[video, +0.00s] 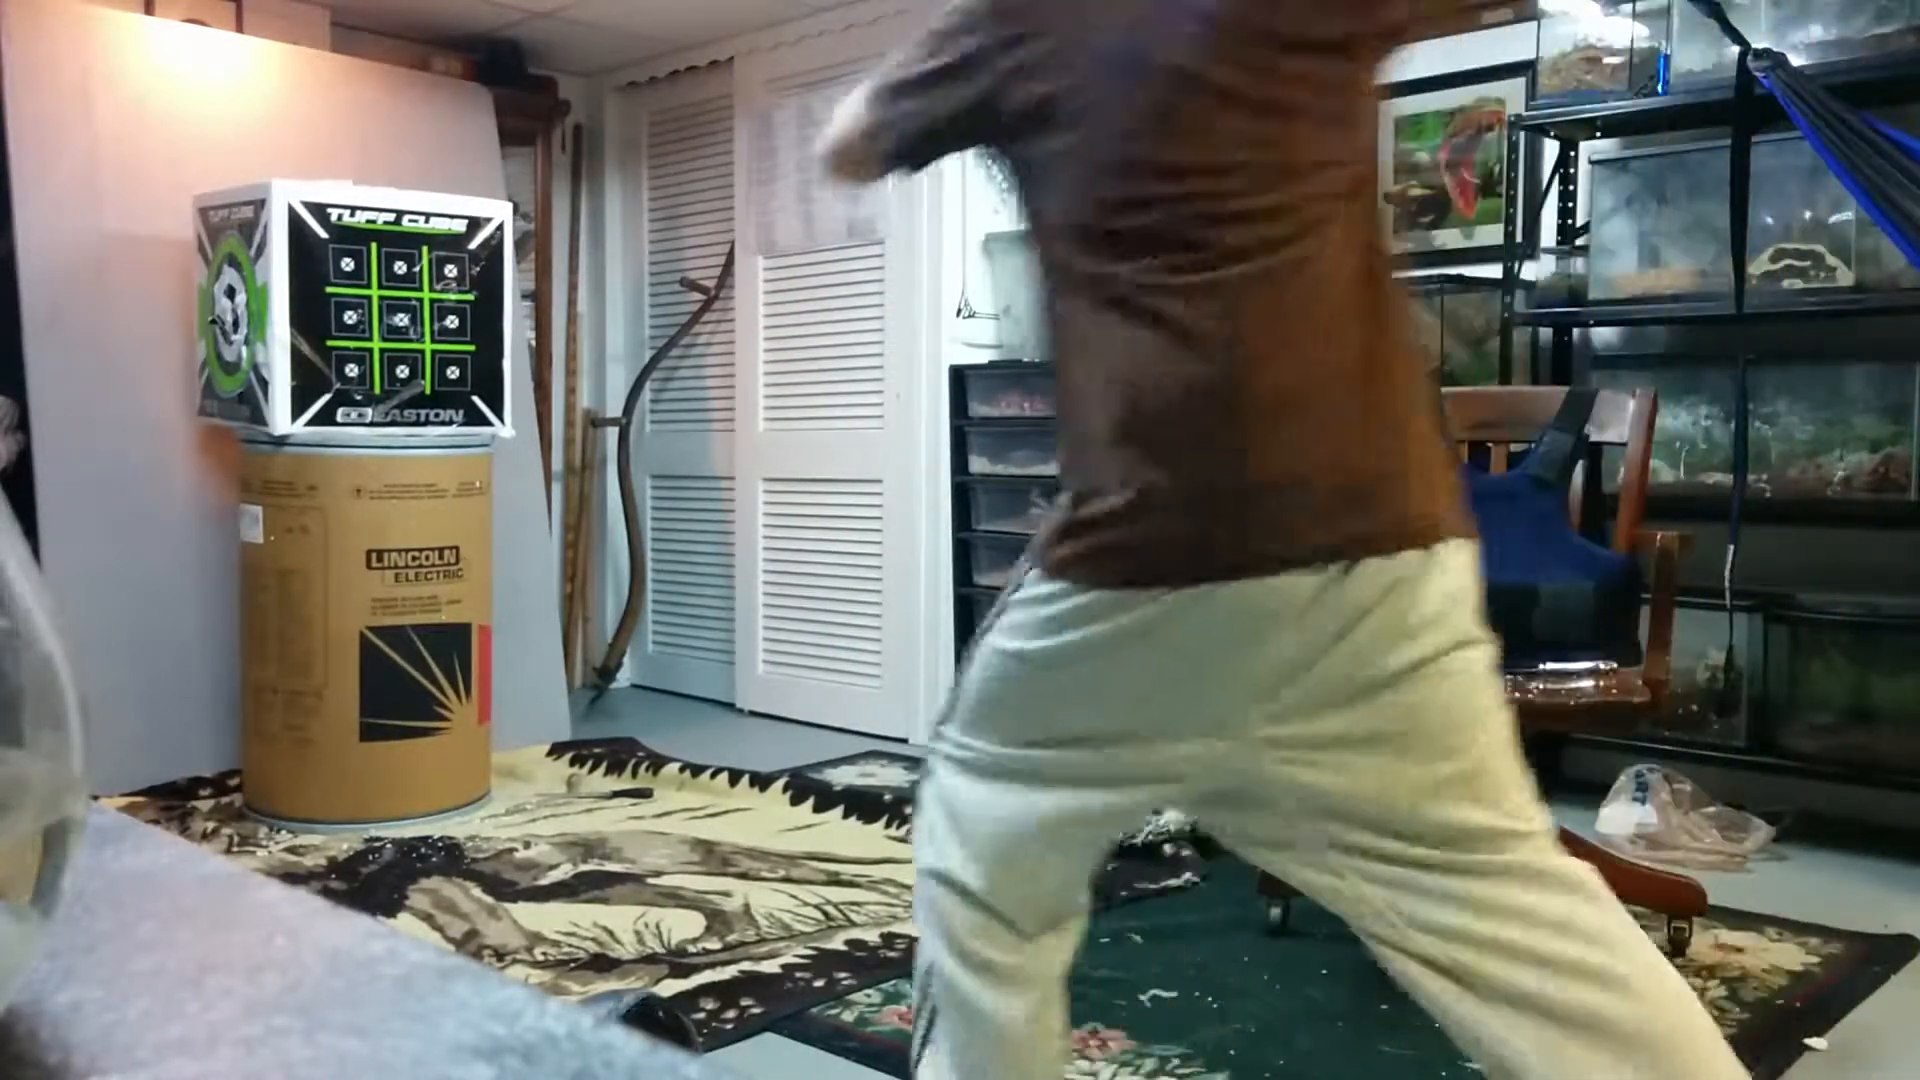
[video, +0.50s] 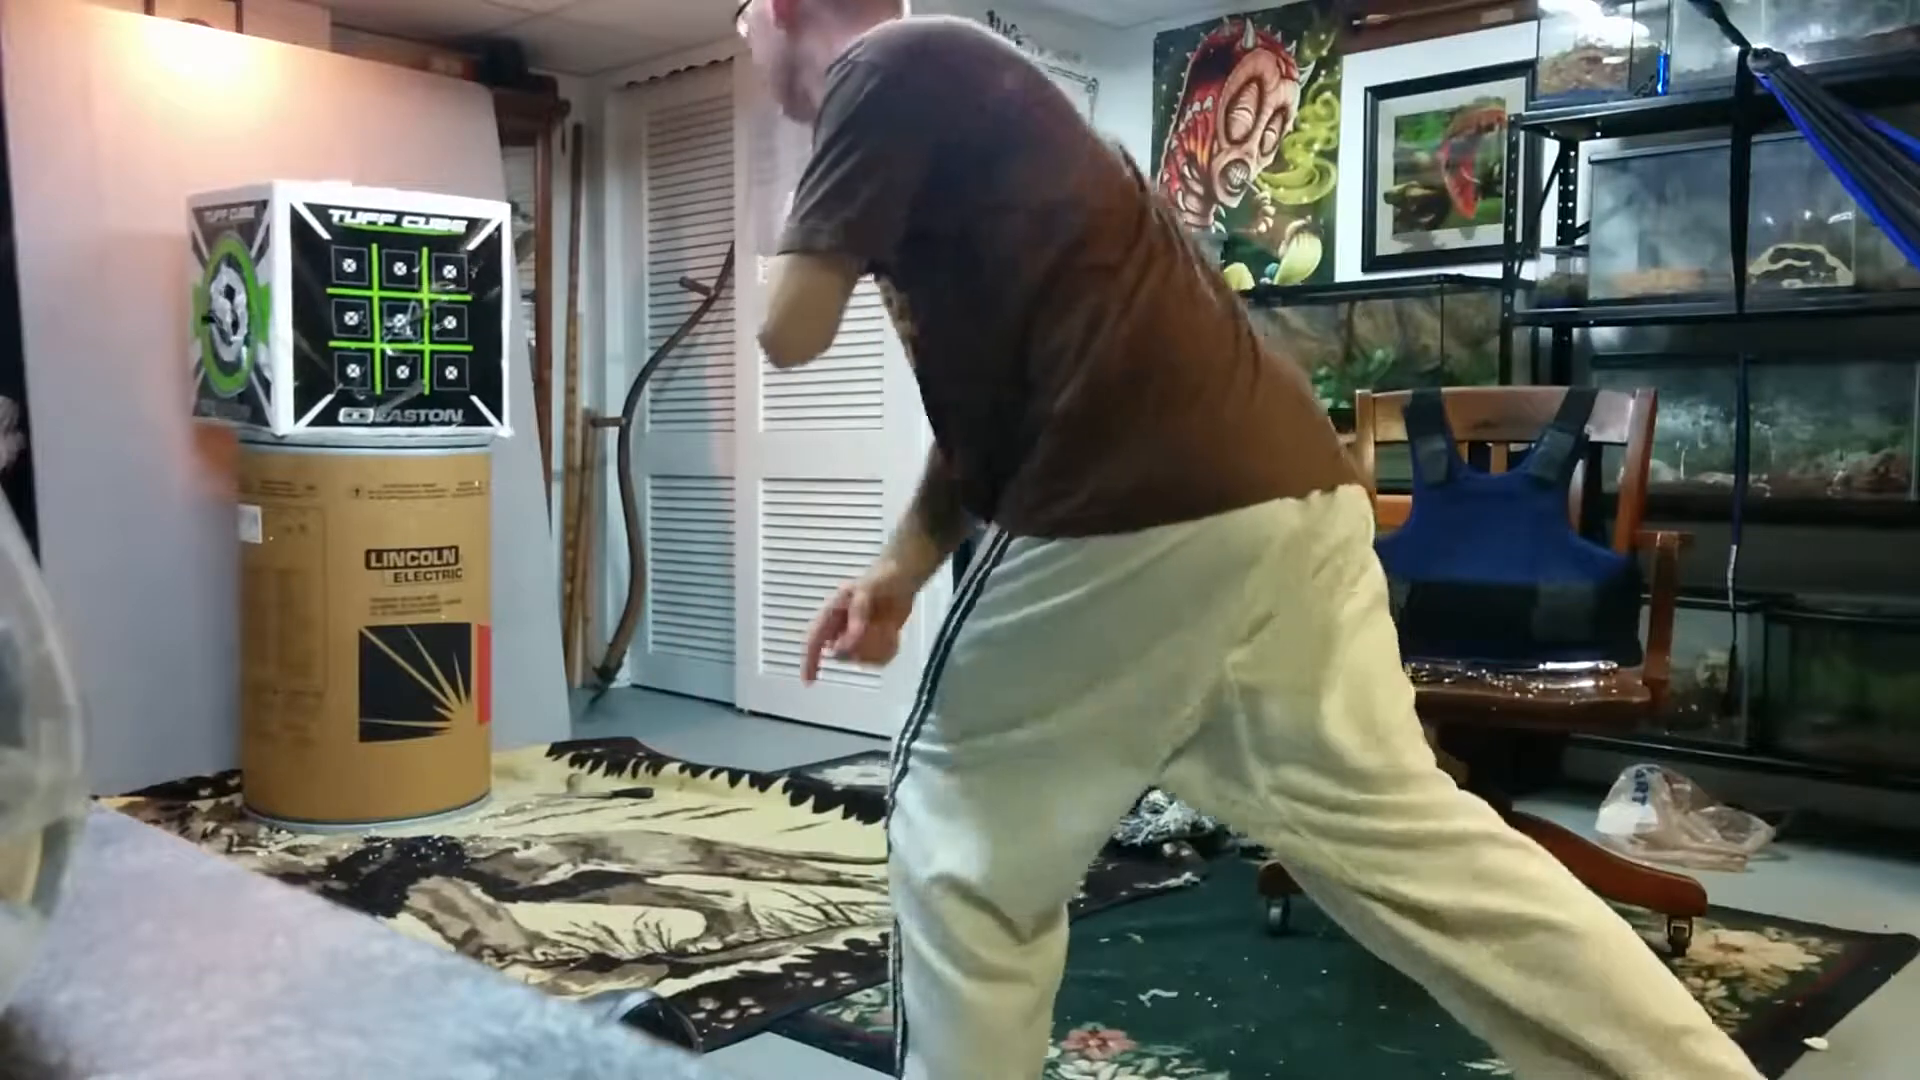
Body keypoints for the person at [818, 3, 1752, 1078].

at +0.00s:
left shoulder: (1019, 22)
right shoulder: (1330, 4)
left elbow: (850, 149)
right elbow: (1503, 2)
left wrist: (923, 72)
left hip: (1160, 509)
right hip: (1388, 490)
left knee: (993, 806)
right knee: (1494, 869)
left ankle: (989, 1059)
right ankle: (1699, 1068)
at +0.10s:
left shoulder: (981, 34)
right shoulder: (1193, 37)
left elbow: (804, 229)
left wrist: (842, 153)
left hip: (1152, 518)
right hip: (1335, 504)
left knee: (955, 835)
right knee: (1455, 868)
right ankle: (1728, 1066)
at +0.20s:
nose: (866, 49)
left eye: (868, 34)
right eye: (863, 40)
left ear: (898, 16)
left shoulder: (971, 50)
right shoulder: (1105, 105)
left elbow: (823, 304)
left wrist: (903, 206)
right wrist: (918, 213)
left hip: (1154, 512)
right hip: (1323, 498)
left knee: (954, 816)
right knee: (1442, 862)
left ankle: (964, 1060)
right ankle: (1698, 1062)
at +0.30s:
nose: (776, 54)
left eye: (778, 25)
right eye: (774, 35)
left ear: (838, 2)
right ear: (888, 5)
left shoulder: (938, 67)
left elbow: (820, 329)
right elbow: (885, 452)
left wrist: (841, 239)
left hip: (1145, 513)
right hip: (1301, 491)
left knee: (946, 825)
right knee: (1427, 851)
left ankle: (973, 1074)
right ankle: (1701, 1076)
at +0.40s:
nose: (747, 72)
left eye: (749, 38)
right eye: (745, 47)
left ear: (805, 15)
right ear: (858, 20)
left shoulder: (905, 76)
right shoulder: (980, 119)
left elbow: (798, 336)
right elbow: (944, 442)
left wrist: (814, 231)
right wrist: (849, 621)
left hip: (1140, 509)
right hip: (1292, 484)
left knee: (952, 834)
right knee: (1416, 841)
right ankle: (1710, 1070)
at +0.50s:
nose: (748, 81)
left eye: (744, 47)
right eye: (742, 57)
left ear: (793, 11)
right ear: (847, 14)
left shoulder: (887, 69)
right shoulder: (1002, 107)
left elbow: (786, 335)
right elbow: (986, 400)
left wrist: (807, 232)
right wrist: (898, 571)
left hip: (1125, 492)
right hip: (1291, 465)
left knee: (963, 839)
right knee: (1393, 819)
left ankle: (975, 1061)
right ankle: (1698, 1061)